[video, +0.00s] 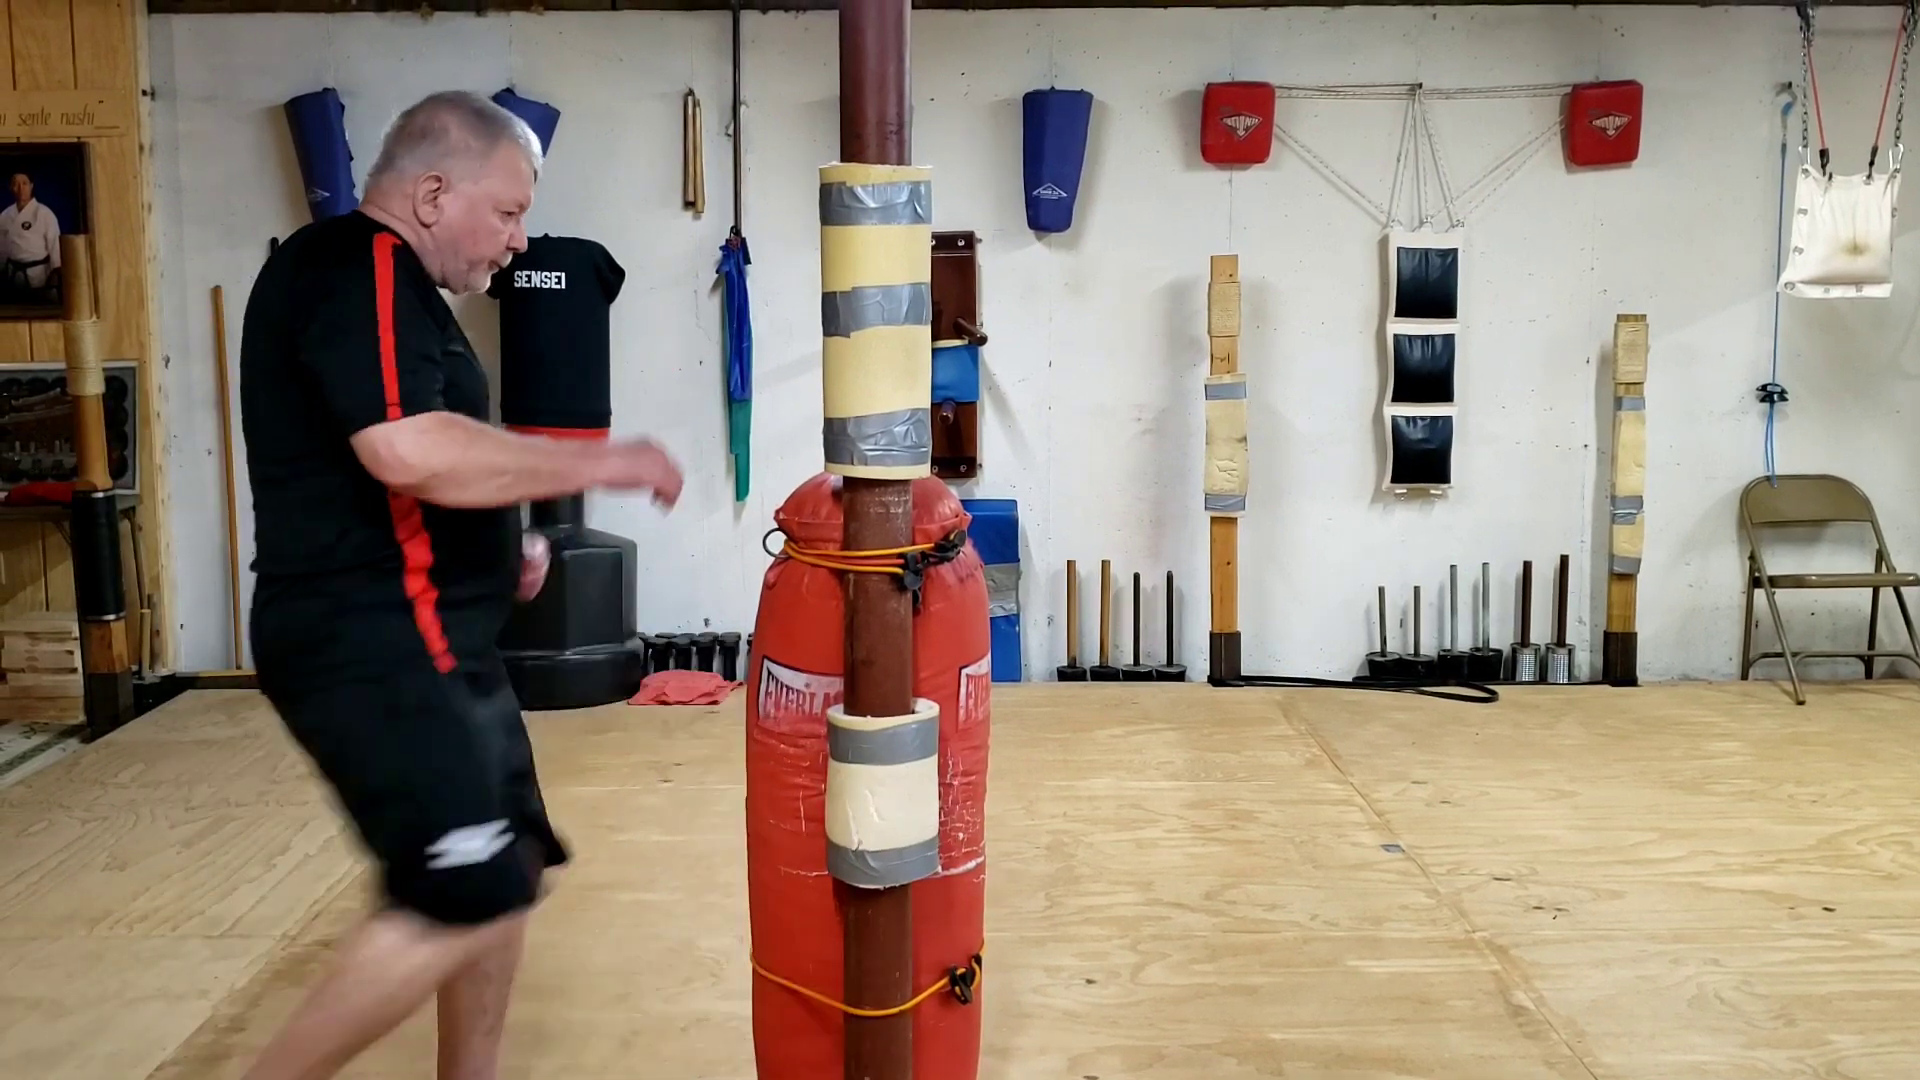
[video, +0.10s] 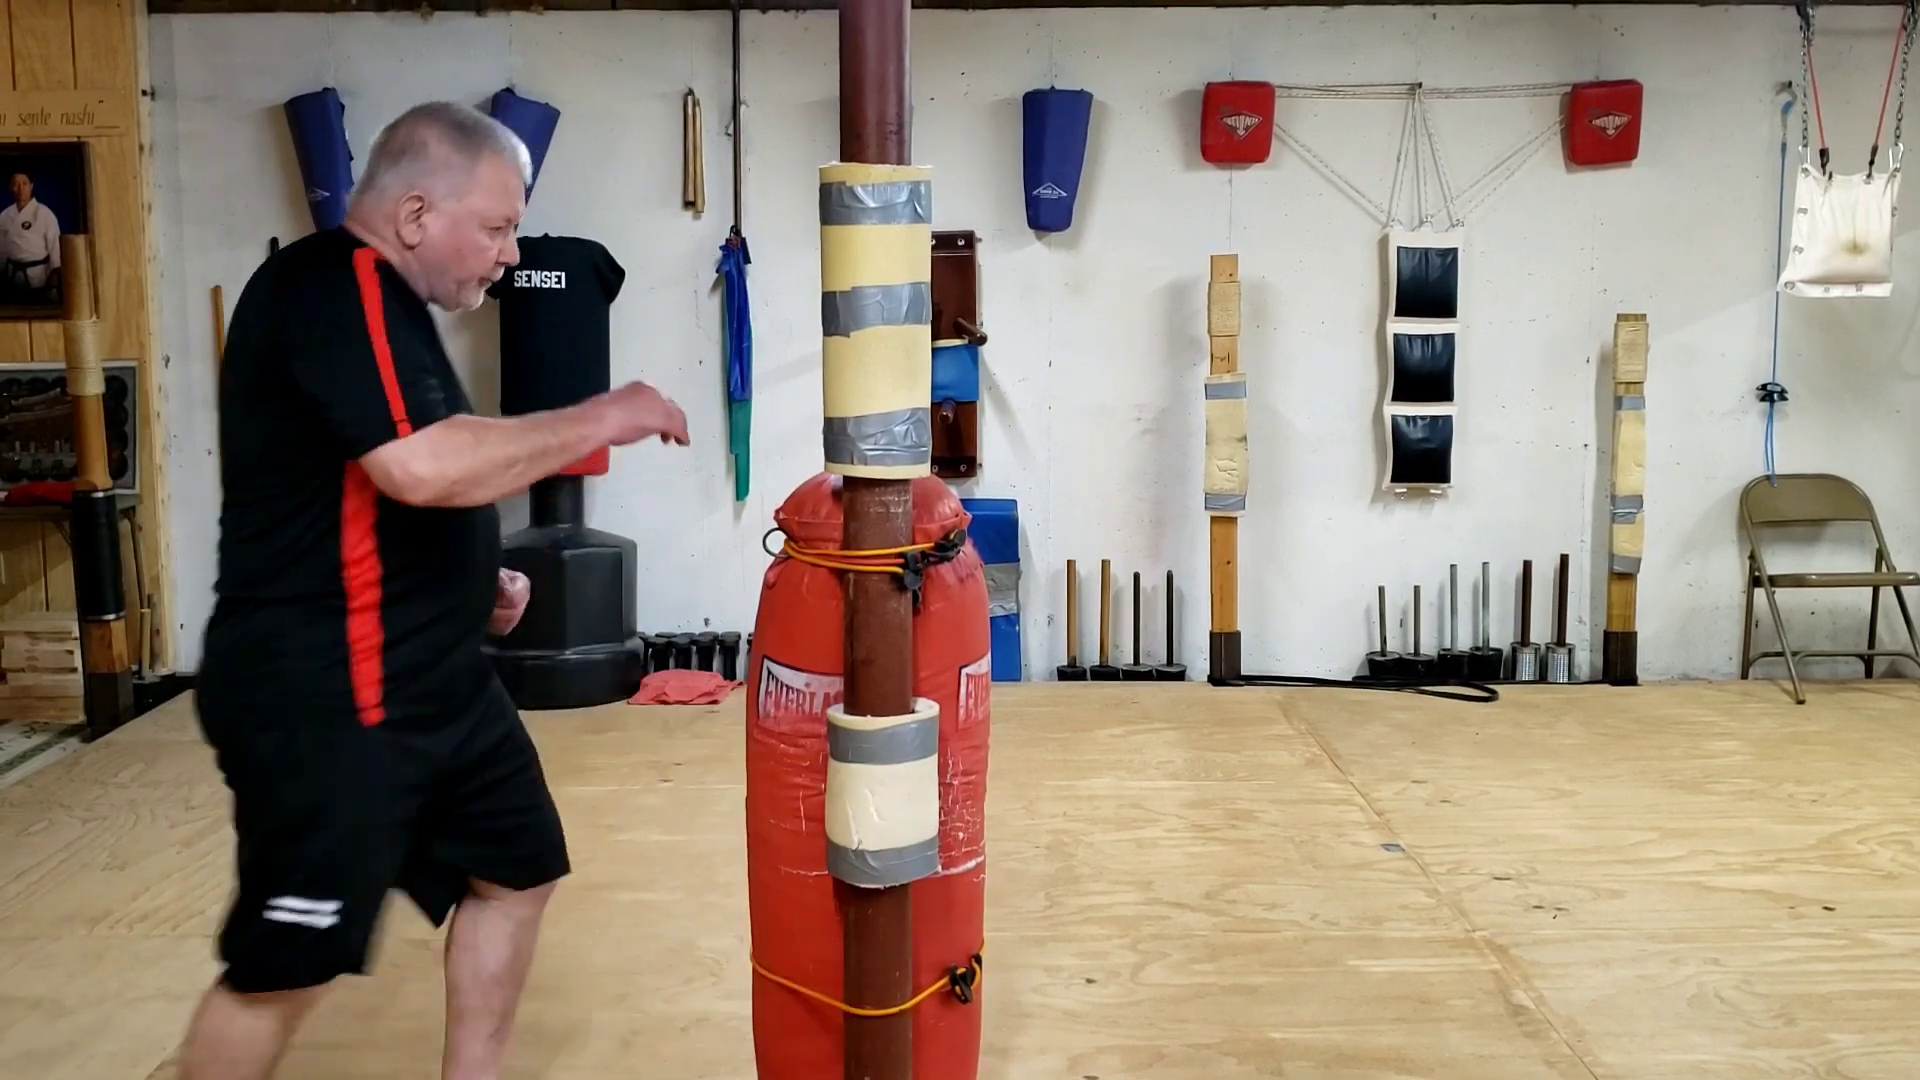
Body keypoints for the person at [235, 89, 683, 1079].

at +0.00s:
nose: (518, 242)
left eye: (523, 219)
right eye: (508, 214)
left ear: (431, 201)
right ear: (430, 196)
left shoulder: (392, 278)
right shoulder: (348, 266)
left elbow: (410, 460)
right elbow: (403, 449)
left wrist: (500, 537)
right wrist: (601, 463)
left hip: (433, 626)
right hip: (356, 635)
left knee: (505, 864)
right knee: (465, 880)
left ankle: (468, 1074)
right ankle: (270, 1074)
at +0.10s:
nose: (512, 255)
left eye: (514, 232)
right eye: (498, 228)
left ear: (416, 221)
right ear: (415, 218)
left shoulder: (377, 296)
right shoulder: (329, 287)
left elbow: (344, 502)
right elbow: (422, 465)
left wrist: (464, 582)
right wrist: (599, 422)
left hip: (433, 675)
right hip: (320, 689)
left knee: (515, 867)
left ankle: (472, 1075)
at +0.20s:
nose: (487, 275)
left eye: (492, 250)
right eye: (470, 250)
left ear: (389, 245)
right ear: (383, 239)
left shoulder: (391, 323)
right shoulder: (279, 312)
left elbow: (395, 489)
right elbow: (352, 499)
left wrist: (476, 543)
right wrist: (525, 428)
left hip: (414, 678)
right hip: (283, 694)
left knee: (513, 870)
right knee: (253, 962)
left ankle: (470, 1074)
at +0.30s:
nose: (468, 259)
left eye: (474, 235)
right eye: (449, 235)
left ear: (372, 227)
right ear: (360, 223)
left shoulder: (405, 313)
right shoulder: (242, 308)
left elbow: (404, 468)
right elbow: (209, 521)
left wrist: (500, 440)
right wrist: (427, 494)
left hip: (409, 671)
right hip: (271, 694)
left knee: (501, 867)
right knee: (232, 964)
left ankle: (467, 1074)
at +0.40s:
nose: (469, 258)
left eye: (474, 233)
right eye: (452, 232)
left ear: (369, 226)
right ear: (361, 223)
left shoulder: (427, 316)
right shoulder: (222, 318)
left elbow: (520, 401)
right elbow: (119, 505)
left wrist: (605, 349)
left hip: (404, 672)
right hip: (261, 695)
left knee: (495, 857)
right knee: (252, 956)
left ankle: (468, 1073)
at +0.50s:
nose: (478, 268)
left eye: (482, 244)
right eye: (461, 243)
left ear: (383, 235)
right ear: (373, 234)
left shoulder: (421, 311)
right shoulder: (242, 323)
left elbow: (553, 367)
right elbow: (104, 503)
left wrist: (691, 345)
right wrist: (203, 679)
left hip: (404, 695)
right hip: (286, 719)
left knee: (490, 860)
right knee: (258, 971)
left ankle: (466, 1074)